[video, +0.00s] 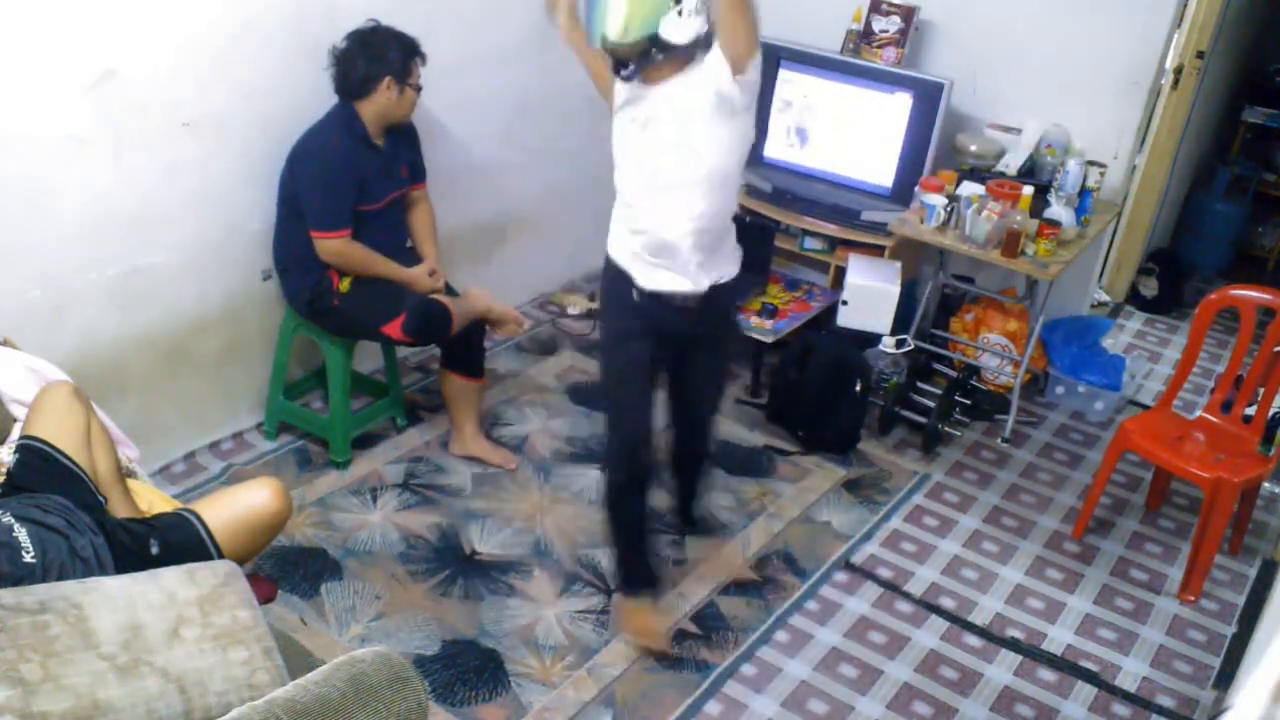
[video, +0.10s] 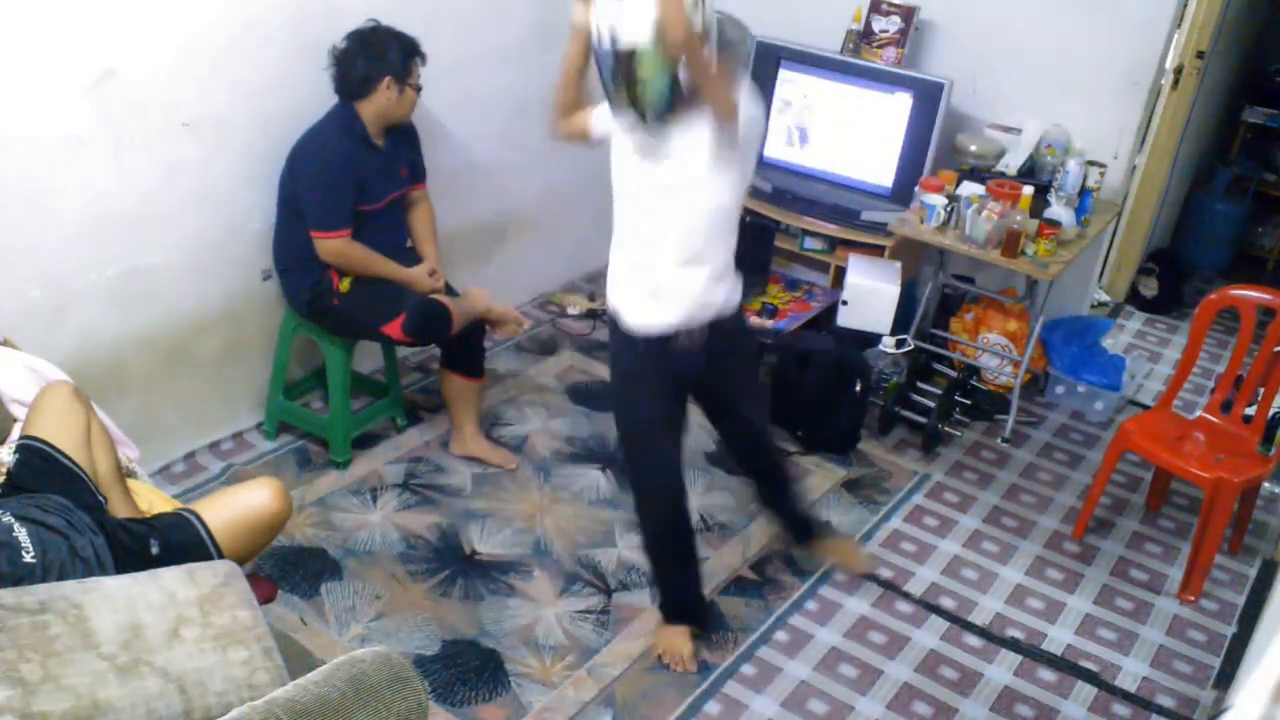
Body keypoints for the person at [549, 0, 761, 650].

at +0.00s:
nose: (627, 69)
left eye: (634, 55)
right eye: (621, 60)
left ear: (667, 43)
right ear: (625, 56)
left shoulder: (727, 79)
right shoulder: (627, 94)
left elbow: (734, 5)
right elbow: (582, 45)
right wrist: (568, 23)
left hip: (706, 297)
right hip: (632, 292)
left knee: (694, 429)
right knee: (628, 441)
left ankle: (686, 517)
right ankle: (634, 585)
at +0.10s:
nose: (663, 68)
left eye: (678, 58)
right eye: (655, 57)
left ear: (704, 60)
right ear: (640, 63)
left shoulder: (733, 117)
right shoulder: (624, 117)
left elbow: (686, 51)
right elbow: (565, 119)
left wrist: (672, 11)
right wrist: (582, 34)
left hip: (715, 326)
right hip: (639, 334)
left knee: (754, 448)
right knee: (655, 487)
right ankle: (678, 612)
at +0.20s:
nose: (647, 94)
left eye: (665, 79)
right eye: (640, 80)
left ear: (700, 82)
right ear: (625, 78)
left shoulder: (737, 143)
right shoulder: (610, 137)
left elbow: (718, 180)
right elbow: (516, 130)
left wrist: (656, 134)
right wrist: (583, 64)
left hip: (716, 346)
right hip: (637, 359)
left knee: (795, 460)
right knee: (653, 501)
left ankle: (864, 549)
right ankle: (678, 615)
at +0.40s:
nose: (656, 75)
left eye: (673, 70)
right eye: (647, 60)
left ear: (704, 59)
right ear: (630, 31)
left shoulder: (706, 106)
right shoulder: (582, 65)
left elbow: (727, 224)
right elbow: (504, 20)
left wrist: (758, 295)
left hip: (690, 280)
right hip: (610, 291)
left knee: (757, 423)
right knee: (628, 448)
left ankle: (840, 575)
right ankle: (648, 591)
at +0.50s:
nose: (662, 60)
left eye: (674, 50)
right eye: (649, 44)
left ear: (680, 53)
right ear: (620, 34)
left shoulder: (671, 103)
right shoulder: (559, 78)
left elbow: (745, 153)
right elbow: (560, 10)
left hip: (661, 295)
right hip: (583, 305)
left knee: (720, 456)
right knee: (581, 458)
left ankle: (784, 626)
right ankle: (594, 566)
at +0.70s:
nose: (620, 47)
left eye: (632, 38)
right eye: (610, 37)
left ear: (641, 42)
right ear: (583, 36)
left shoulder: (656, 91)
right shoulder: (543, 99)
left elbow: (701, 48)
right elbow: (533, 34)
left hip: (638, 309)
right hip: (558, 308)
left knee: (638, 472)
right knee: (566, 459)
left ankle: (628, 644)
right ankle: (584, 563)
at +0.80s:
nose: (621, 30)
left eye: (632, 20)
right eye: (610, 18)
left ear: (647, 21)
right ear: (584, 16)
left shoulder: (654, 59)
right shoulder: (543, 63)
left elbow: (695, 15)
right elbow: (536, 20)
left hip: (634, 284)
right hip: (557, 282)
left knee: (608, 441)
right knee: (565, 437)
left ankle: (569, 597)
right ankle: (573, 551)